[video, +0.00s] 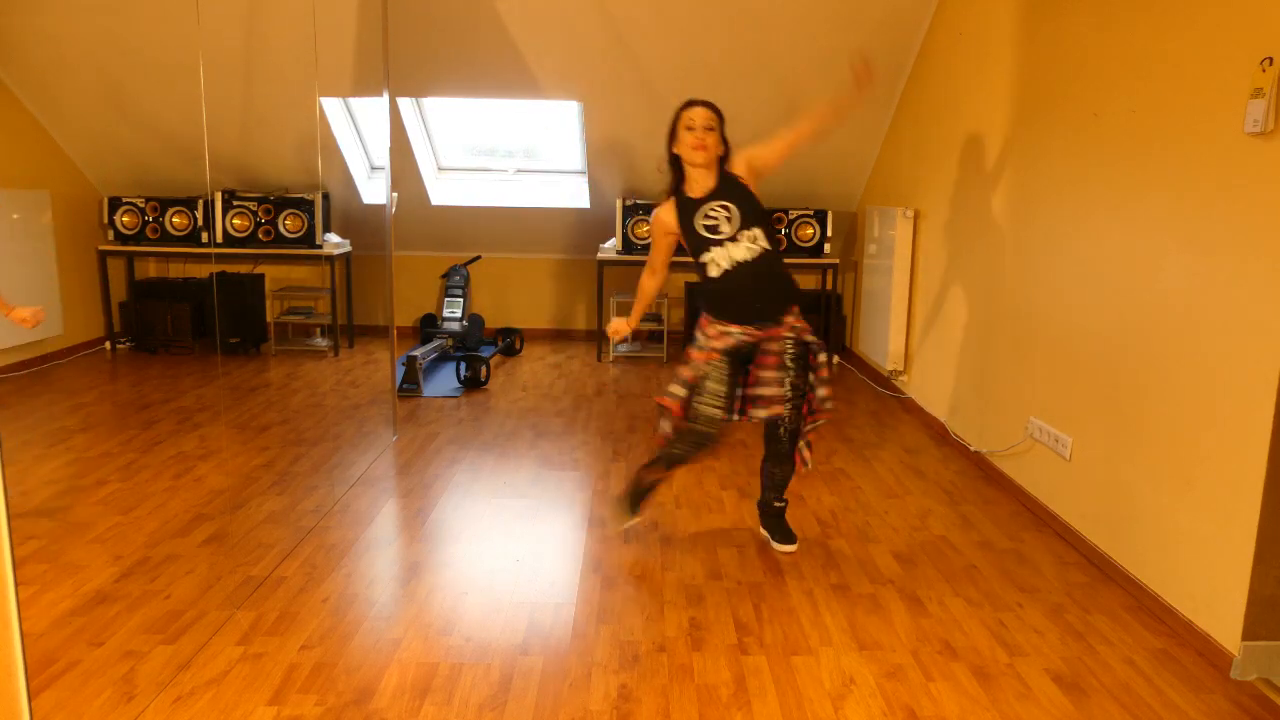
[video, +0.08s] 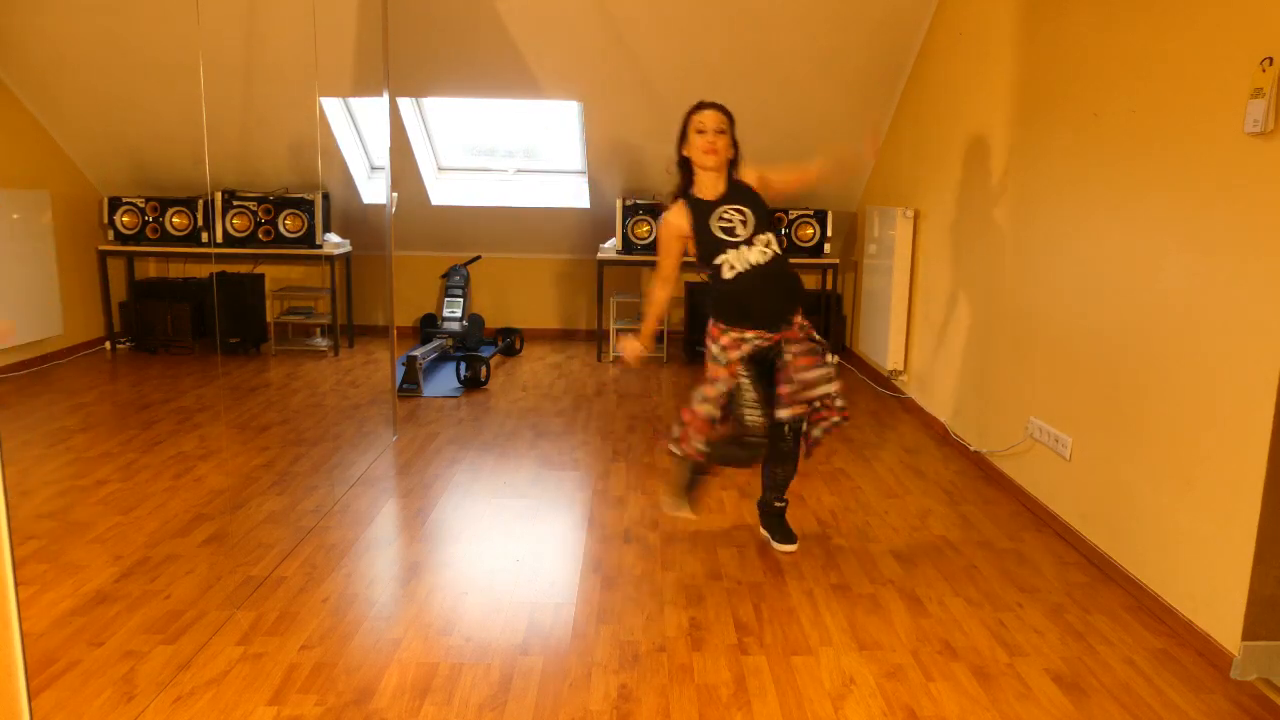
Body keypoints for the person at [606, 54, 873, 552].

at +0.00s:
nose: (701, 135)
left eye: (710, 129)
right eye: (690, 129)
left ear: (722, 141)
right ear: (675, 143)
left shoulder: (744, 171)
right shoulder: (670, 215)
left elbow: (801, 132)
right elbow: (653, 273)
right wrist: (633, 319)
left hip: (782, 319)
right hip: (724, 327)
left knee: (786, 424)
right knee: (704, 427)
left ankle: (773, 507)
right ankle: (645, 481)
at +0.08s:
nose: (711, 139)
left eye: (720, 132)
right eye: (700, 132)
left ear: (733, 144)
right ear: (685, 147)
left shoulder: (750, 181)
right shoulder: (679, 216)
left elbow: (805, 177)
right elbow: (664, 283)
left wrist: (853, 160)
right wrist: (643, 340)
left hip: (788, 324)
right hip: (735, 334)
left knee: (789, 430)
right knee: (754, 434)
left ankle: (773, 507)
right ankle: (699, 459)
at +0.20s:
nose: (726, 137)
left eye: (734, 128)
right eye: (714, 129)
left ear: (745, 140)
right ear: (697, 144)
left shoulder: (756, 194)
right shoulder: (701, 206)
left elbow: (798, 233)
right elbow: (710, 284)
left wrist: (831, 249)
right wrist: (719, 352)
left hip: (793, 329)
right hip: (750, 338)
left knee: (801, 431)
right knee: (776, 440)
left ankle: (776, 507)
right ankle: (749, 499)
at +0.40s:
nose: (738, 95)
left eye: (743, 87)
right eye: (724, 90)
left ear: (755, 97)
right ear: (706, 106)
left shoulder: (759, 155)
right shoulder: (712, 155)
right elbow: (737, 152)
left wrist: (839, 117)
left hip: (770, 298)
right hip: (723, 298)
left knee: (775, 395)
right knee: (713, 398)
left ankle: (767, 505)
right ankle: (669, 489)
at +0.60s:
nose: (725, 104)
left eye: (732, 95)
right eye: (713, 96)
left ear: (741, 105)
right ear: (693, 108)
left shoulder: (739, 163)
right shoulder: (690, 157)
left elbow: (705, 235)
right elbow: (689, 72)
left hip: (746, 309)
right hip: (706, 308)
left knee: (752, 405)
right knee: (665, 410)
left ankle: (758, 507)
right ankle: (599, 507)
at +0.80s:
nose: (689, 126)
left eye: (698, 116)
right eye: (677, 116)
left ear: (709, 127)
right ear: (658, 125)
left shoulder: (703, 189)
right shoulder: (641, 161)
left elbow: (688, 259)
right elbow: (582, 102)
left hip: (690, 326)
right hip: (638, 325)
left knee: (727, 417)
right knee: (627, 433)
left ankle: (750, 514)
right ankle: (586, 520)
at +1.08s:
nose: (648, 143)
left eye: (658, 132)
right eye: (636, 136)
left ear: (673, 141)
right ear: (623, 148)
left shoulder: (691, 212)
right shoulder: (606, 197)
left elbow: (684, 290)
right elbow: (547, 237)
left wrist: (678, 360)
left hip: (641, 340)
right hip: (583, 327)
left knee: (634, 446)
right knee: (583, 437)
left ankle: (608, 506)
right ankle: (583, 520)